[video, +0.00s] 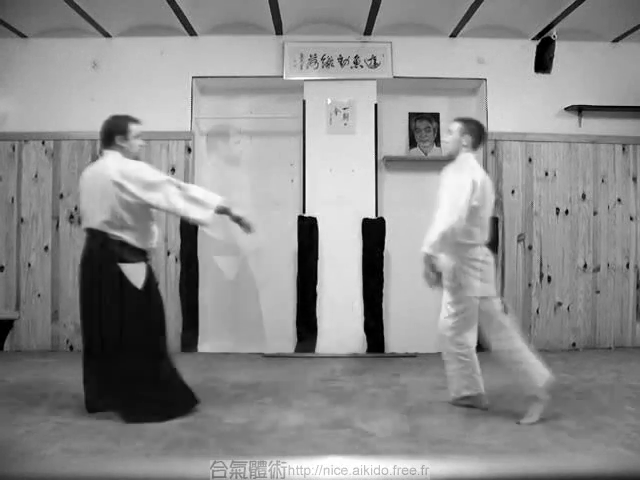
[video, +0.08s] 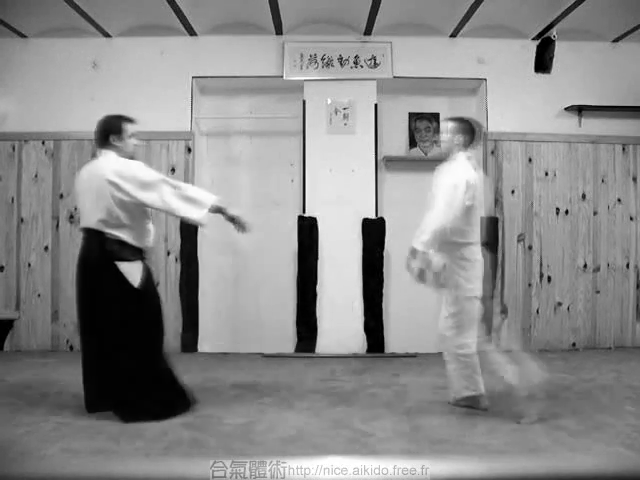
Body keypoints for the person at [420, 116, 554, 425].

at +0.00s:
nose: (444, 138)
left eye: (450, 133)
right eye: (445, 132)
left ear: (466, 140)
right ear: (468, 142)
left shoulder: (461, 172)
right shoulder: (477, 173)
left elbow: (450, 217)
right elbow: (476, 229)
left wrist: (428, 251)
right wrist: (441, 257)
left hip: (466, 261)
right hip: (475, 260)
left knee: (455, 330)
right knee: (496, 327)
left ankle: (469, 395)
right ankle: (541, 383)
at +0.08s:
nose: (440, 138)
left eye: (445, 133)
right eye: (441, 133)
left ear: (461, 139)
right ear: (460, 139)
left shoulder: (458, 171)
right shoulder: (457, 169)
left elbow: (444, 216)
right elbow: (436, 213)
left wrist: (420, 247)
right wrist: (422, 248)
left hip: (462, 259)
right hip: (461, 258)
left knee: (457, 329)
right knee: (463, 328)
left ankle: (469, 394)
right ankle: (514, 379)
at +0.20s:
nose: (423, 137)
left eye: (430, 133)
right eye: (425, 132)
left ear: (447, 139)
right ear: (446, 140)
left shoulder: (447, 171)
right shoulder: (448, 169)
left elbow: (431, 217)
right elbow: (430, 218)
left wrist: (401, 248)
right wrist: (416, 250)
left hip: (454, 265)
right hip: (455, 263)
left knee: (420, 326)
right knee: (459, 333)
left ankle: (467, 390)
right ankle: (472, 393)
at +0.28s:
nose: (420, 138)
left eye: (428, 133)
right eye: (416, 132)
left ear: (441, 139)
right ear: (412, 138)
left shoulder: (442, 176)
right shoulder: (416, 176)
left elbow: (422, 222)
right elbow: (400, 216)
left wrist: (386, 236)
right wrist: (374, 239)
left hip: (439, 264)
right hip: (416, 263)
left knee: (450, 327)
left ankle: (476, 391)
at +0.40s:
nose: (395, 138)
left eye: (403, 133)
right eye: (395, 132)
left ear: (421, 140)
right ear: (400, 140)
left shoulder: (427, 177)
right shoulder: (399, 177)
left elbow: (407, 223)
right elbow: (390, 220)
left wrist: (368, 225)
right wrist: (361, 225)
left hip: (414, 272)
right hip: (402, 271)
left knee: (380, 333)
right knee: (436, 332)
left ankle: (375, 404)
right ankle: (473, 385)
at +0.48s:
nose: (380, 138)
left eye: (388, 133)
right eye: (382, 132)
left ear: (406, 140)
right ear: (395, 141)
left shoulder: (406, 178)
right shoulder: (414, 174)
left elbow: (373, 211)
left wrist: (335, 213)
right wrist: (335, 207)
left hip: (398, 271)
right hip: (410, 268)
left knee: (375, 337)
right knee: (419, 331)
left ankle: (376, 406)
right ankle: (463, 379)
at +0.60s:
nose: (365, 136)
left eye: (373, 131)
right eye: (364, 130)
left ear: (387, 138)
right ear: (363, 135)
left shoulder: (386, 176)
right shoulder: (361, 171)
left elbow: (341, 197)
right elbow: (320, 191)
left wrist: (303, 197)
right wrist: (270, 187)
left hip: (371, 266)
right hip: (353, 264)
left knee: (366, 338)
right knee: (356, 337)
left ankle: (377, 406)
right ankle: (366, 404)